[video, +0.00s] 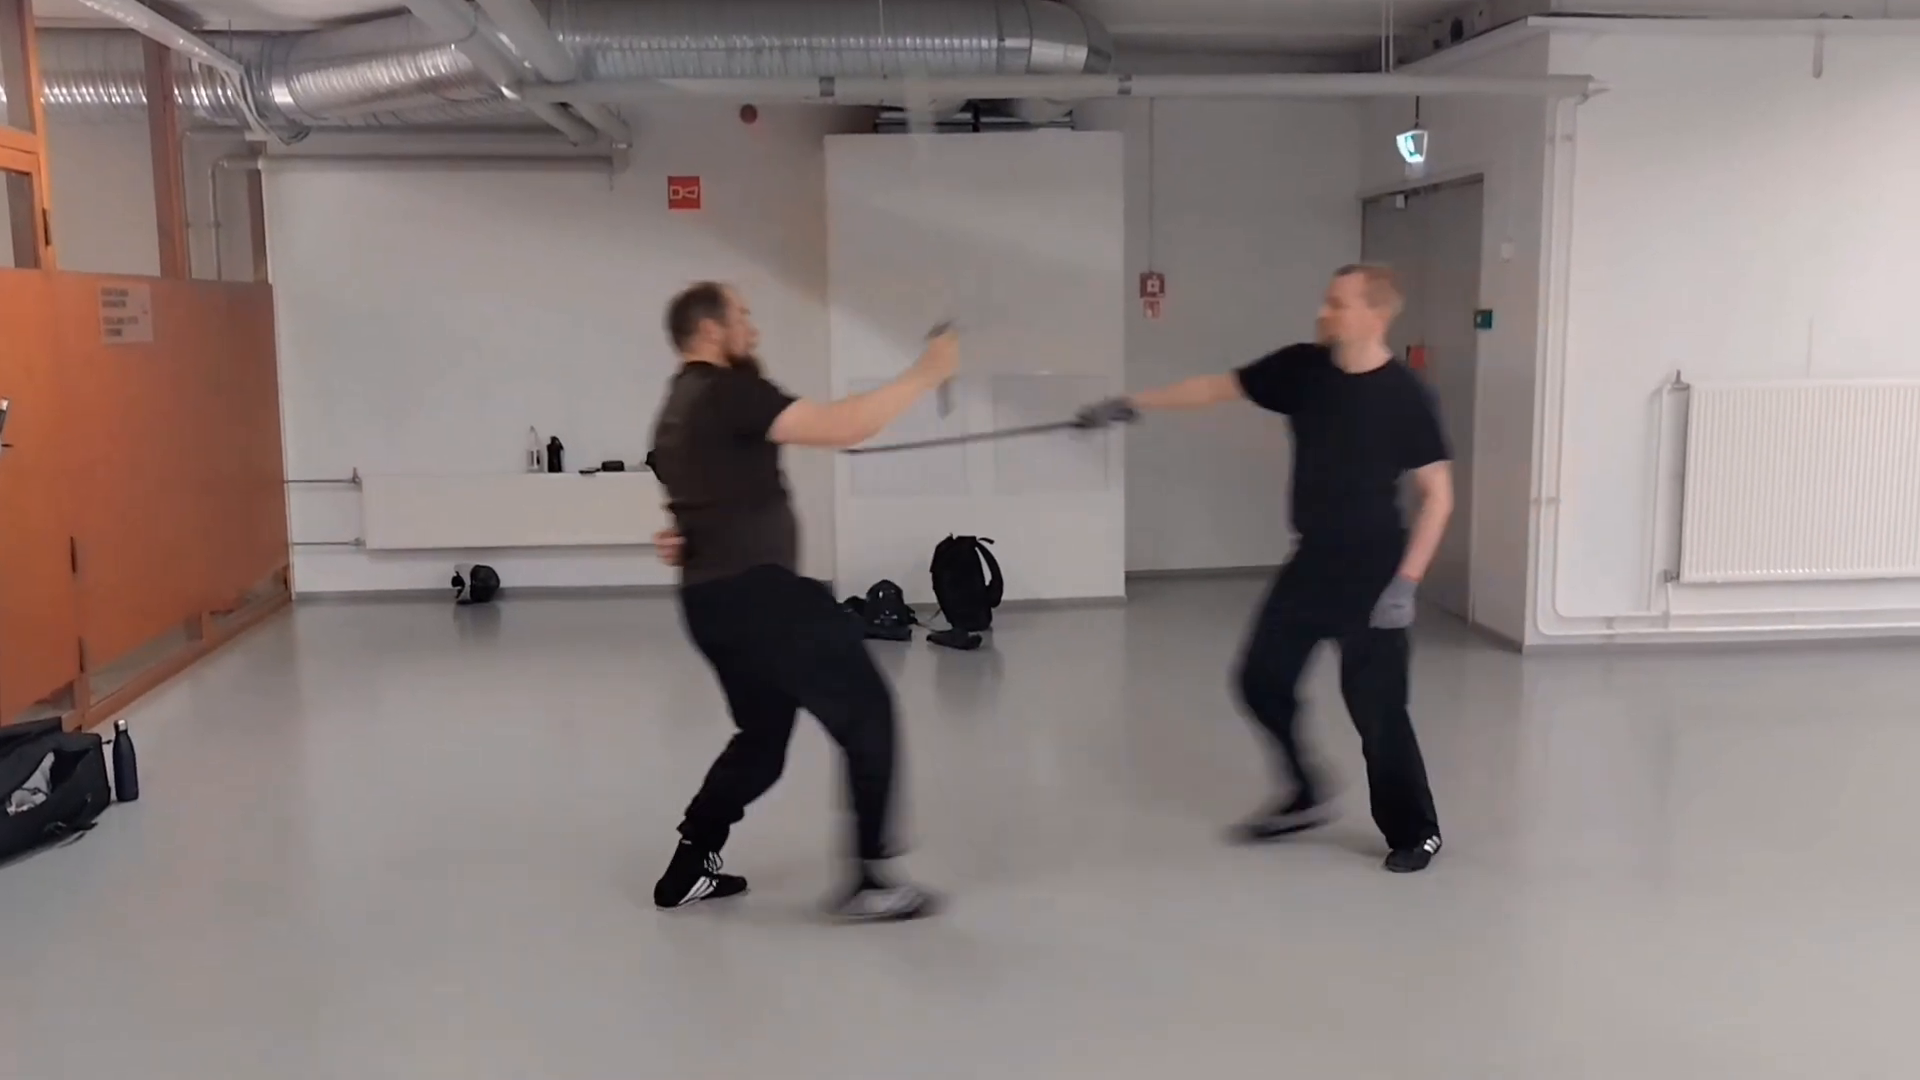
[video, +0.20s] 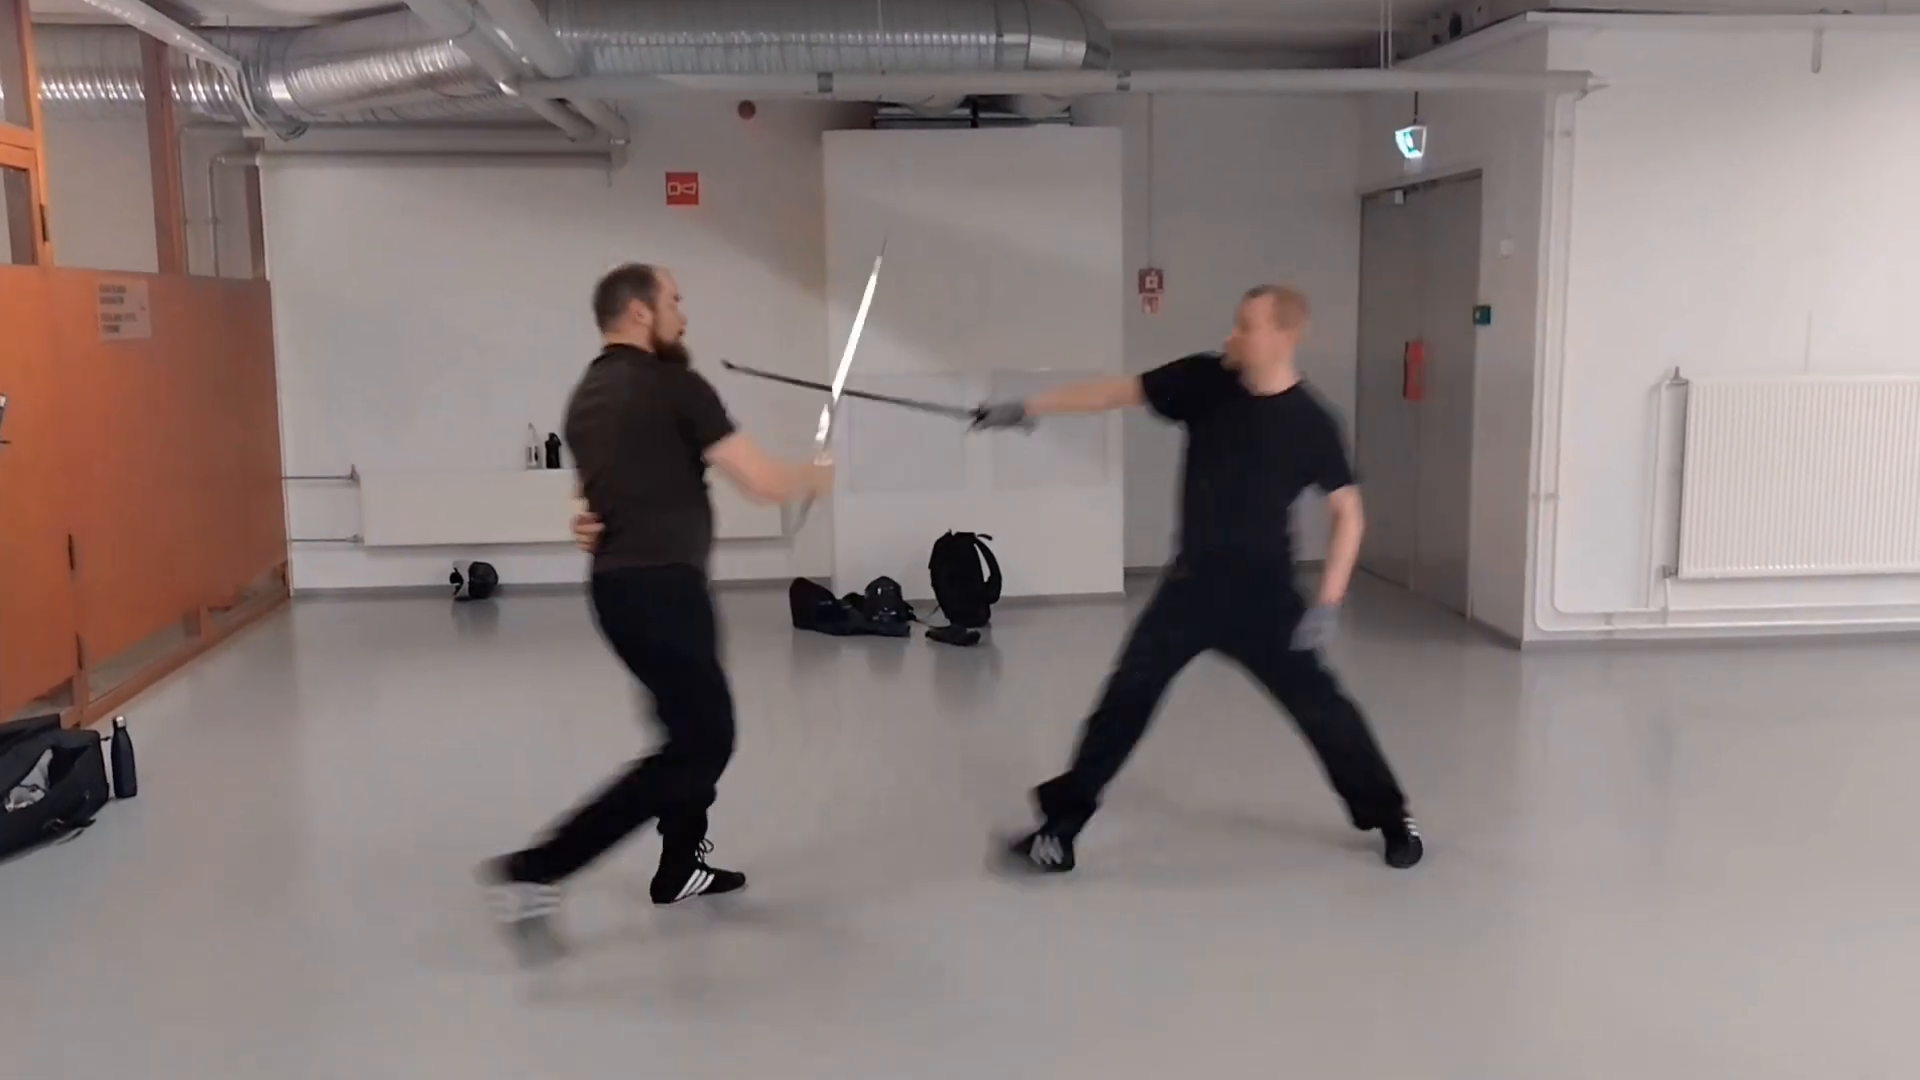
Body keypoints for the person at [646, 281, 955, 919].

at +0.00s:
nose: (754, 331)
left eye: (749, 318)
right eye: (743, 319)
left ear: (694, 336)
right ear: (709, 331)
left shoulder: (680, 403)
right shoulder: (731, 392)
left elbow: (710, 498)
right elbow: (847, 426)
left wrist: (690, 537)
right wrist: (924, 374)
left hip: (715, 601)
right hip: (766, 594)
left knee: (760, 745)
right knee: (865, 709)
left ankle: (687, 871)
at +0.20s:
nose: (684, 316)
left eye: (680, 302)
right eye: (675, 303)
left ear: (623, 316)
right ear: (638, 312)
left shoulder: (590, 392)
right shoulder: (674, 382)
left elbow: (591, 497)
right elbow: (764, 481)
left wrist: (592, 517)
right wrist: (814, 475)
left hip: (618, 586)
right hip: (666, 584)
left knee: (691, 729)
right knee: (707, 737)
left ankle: (681, 867)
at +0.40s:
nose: (652, 360)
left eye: (650, 347)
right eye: (646, 348)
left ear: (576, 359)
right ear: (614, 358)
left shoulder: (515, 423)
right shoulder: (635, 450)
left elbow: (458, 506)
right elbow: (673, 557)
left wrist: (473, 548)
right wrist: (712, 543)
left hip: (502, 623)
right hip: (558, 628)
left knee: (633, 715)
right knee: (501, 799)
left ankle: (667, 865)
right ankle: (376, 953)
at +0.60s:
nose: (663, 353)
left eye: (660, 340)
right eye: (656, 341)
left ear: (588, 350)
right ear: (626, 350)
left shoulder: (521, 408)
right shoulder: (640, 443)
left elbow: (449, 480)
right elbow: (690, 532)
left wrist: (470, 533)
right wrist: (739, 508)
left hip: (494, 606)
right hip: (547, 616)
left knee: (619, 711)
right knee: (492, 790)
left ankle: (648, 867)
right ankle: (377, 948)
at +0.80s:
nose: (709, 354)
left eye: (707, 341)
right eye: (703, 342)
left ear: (636, 349)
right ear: (673, 350)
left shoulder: (572, 406)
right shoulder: (684, 438)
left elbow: (503, 480)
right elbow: (741, 525)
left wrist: (518, 528)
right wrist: (796, 501)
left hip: (546, 597)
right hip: (593, 606)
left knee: (657, 707)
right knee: (559, 768)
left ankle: (649, 867)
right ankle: (409, 912)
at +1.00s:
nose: (751, 342)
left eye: (749, 329)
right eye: (744, 329)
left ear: (686, 338)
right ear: (713, 337)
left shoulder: (623, 397)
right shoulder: (722, 422)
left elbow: (561, 477)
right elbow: (792, 518)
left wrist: (573, 512)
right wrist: (845, 493)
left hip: (598, 586)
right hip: (651, 590)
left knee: (681, 728)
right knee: (720, 739)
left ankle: (648, 860)